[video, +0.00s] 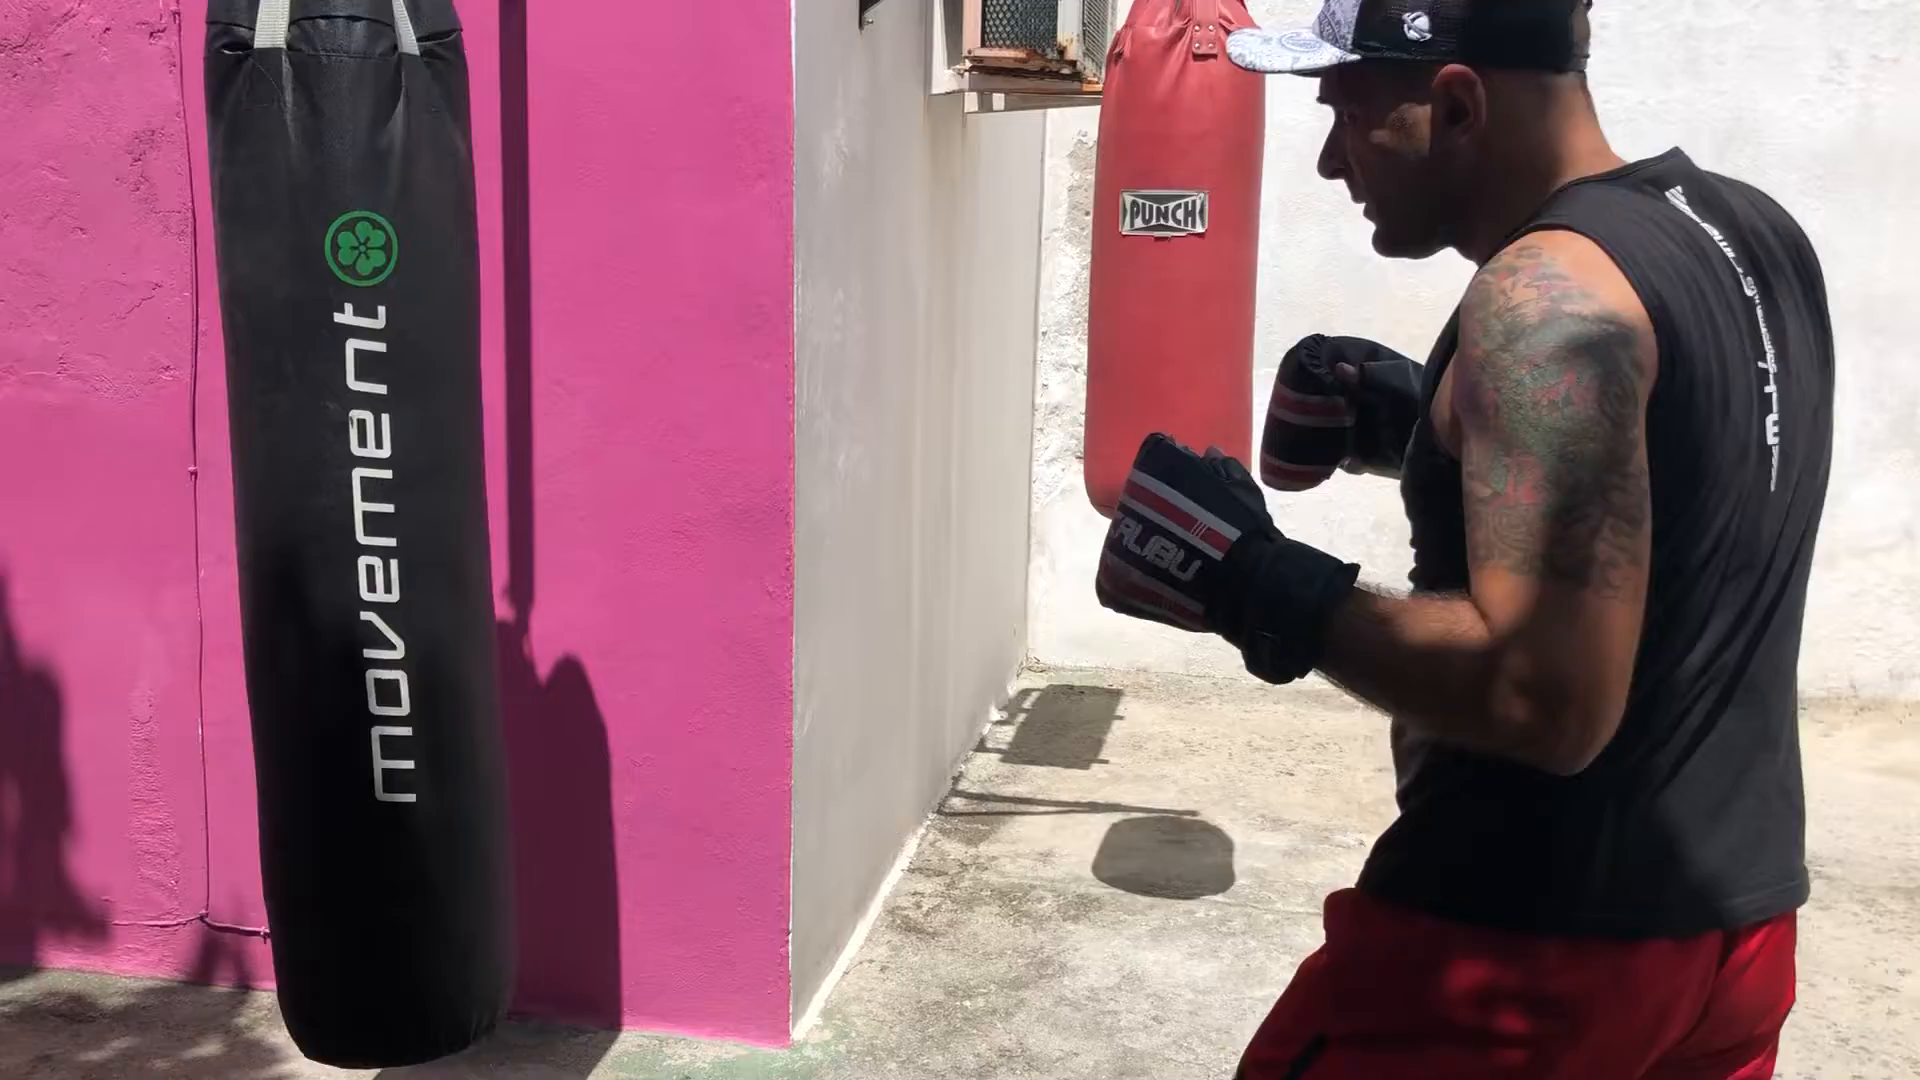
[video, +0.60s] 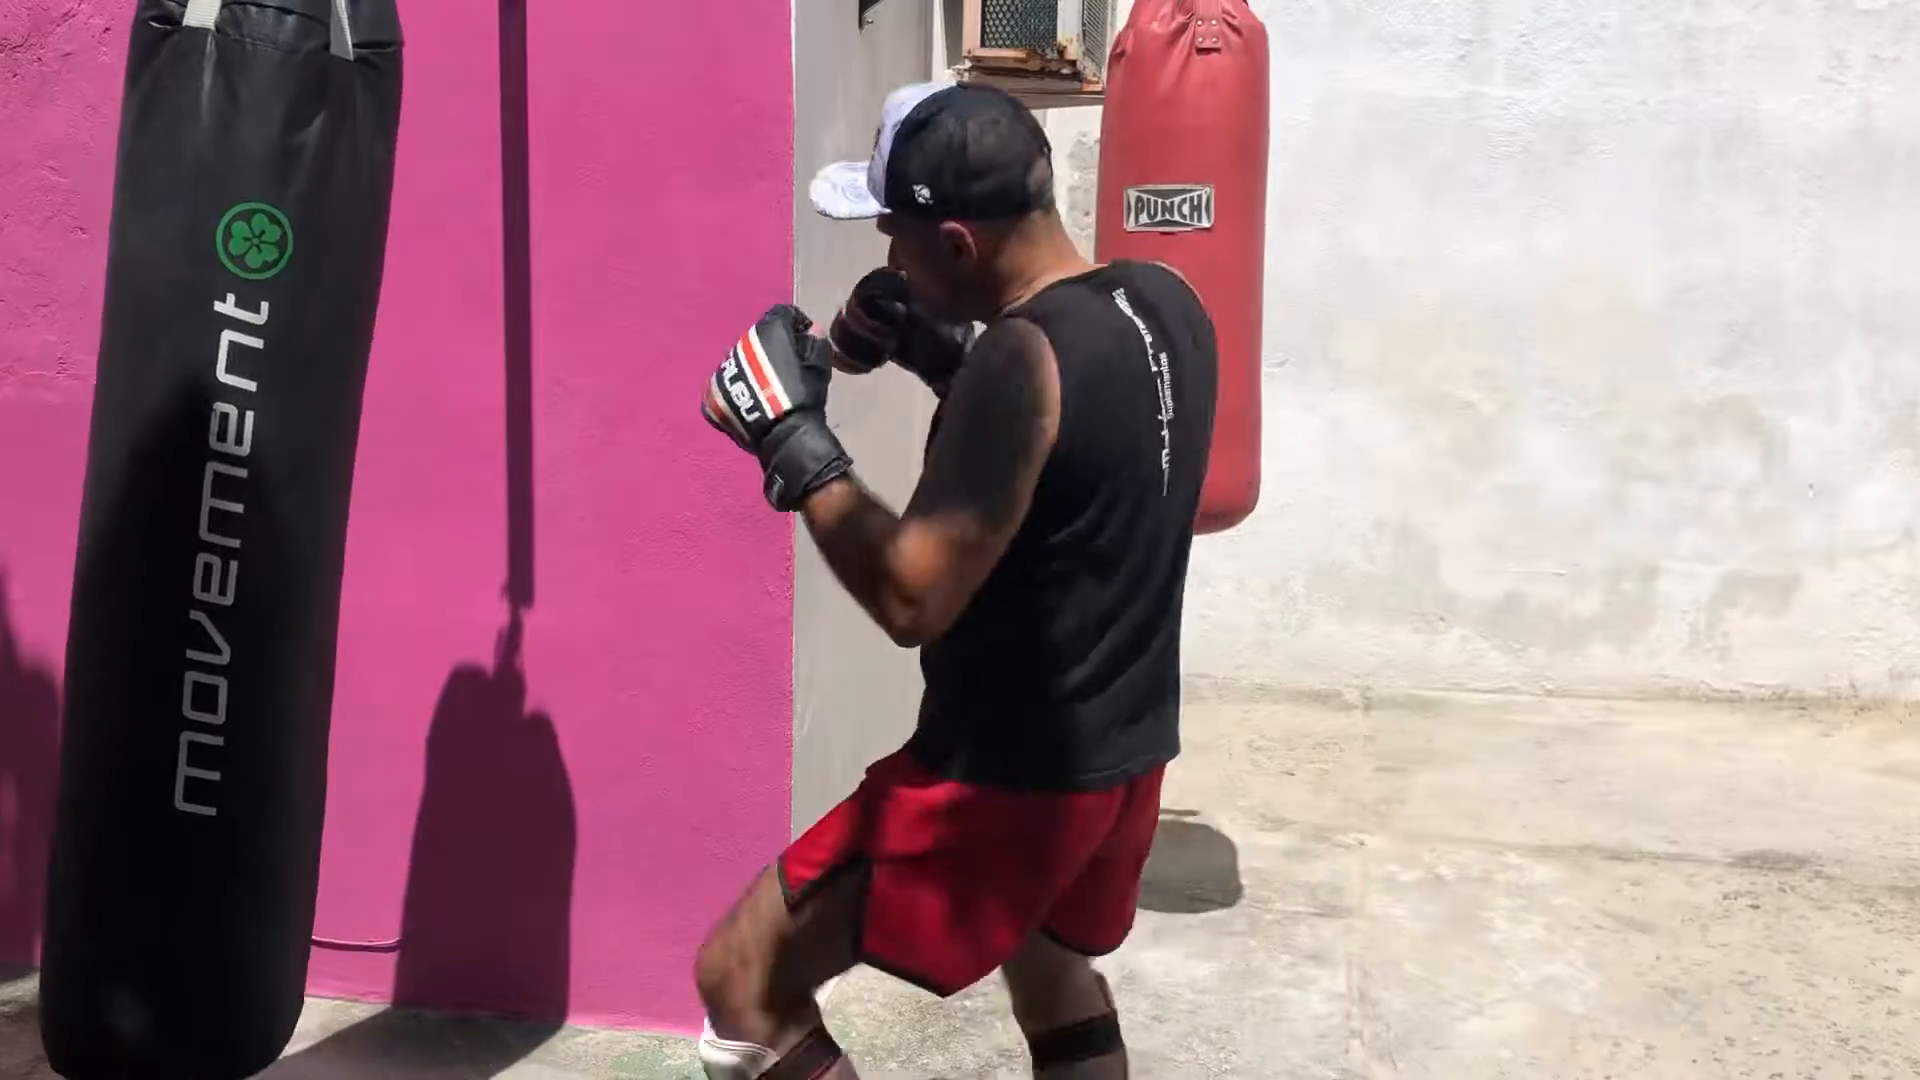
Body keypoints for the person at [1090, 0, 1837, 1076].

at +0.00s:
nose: (1328, 158)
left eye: (1353, 117)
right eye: (1332, 117)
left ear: (1460, 103)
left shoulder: (1549, 294)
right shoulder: (1757, 233)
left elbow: (1547, 698)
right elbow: (1672, 493)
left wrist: (1260, 587)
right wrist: (1424, 418)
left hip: (1513, 958)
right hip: (1735, 932)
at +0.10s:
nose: (1265, 180)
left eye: (1285, 141)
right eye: (1269, 142)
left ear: (1383, 132)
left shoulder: (1466, 319)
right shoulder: (1663, 256)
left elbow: (1446, 689)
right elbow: (1583, 497)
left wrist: (1182, 581)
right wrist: (1359, 419)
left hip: (1430, 943)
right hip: (1650, 919)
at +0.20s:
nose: (1168, 210)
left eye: (1175, 174)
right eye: (1164, 175)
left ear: (1255, 168)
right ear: (1366, 136)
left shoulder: (1314, 343)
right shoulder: (1541, 278)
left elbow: (1299, 687)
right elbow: (1447, 483)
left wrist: (1069, 582)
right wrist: (1250, 407)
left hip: (1309, 914)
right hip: (1520, 894)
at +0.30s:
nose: (1046, 208)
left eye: (1050, 176)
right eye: (1040, 175)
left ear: (1116, 172)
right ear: (1224, 128)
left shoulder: (1159, 326)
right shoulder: (1403, 260)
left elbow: (1113, 637)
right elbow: (1320, 431)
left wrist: (936, 529)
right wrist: (1134, 366)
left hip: (1173, 802)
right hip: (1362, 777)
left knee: (1076, 1058)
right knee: (1286, 1037)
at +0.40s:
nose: (982, 204)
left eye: (985, 173)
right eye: (976, 173)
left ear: (1043, 168)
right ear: (1144, 121)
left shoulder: (1086, 304)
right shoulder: (1316, 245)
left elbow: (1009, 594)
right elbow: (1246, 427)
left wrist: (873, 472)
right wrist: (1069, 357)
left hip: (1106, 767)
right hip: (1275, 743)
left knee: (1044, 1051)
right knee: (1194, 992)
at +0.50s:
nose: (944, 219)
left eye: (945, 193)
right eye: (936, 192)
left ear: (998, 187)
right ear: (1094, 140)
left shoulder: (1041, 312)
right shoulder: (1247, 263)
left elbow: (941, 573)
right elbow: (1161, 408)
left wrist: (830, 431)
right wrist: (1004, 330)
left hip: (1049, 758)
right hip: (1206, 742)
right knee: (1119, 992)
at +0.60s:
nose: (892, 259)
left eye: (899, 236)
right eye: (888, 235)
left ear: (960, 240)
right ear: (1047, 197)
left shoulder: (1021, 363)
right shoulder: (1165, 300)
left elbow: (912, 600)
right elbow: (1079, 459)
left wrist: (793, 435)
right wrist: (928, 349)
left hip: (998, 772)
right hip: (1130, 754)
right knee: (1053, 971)